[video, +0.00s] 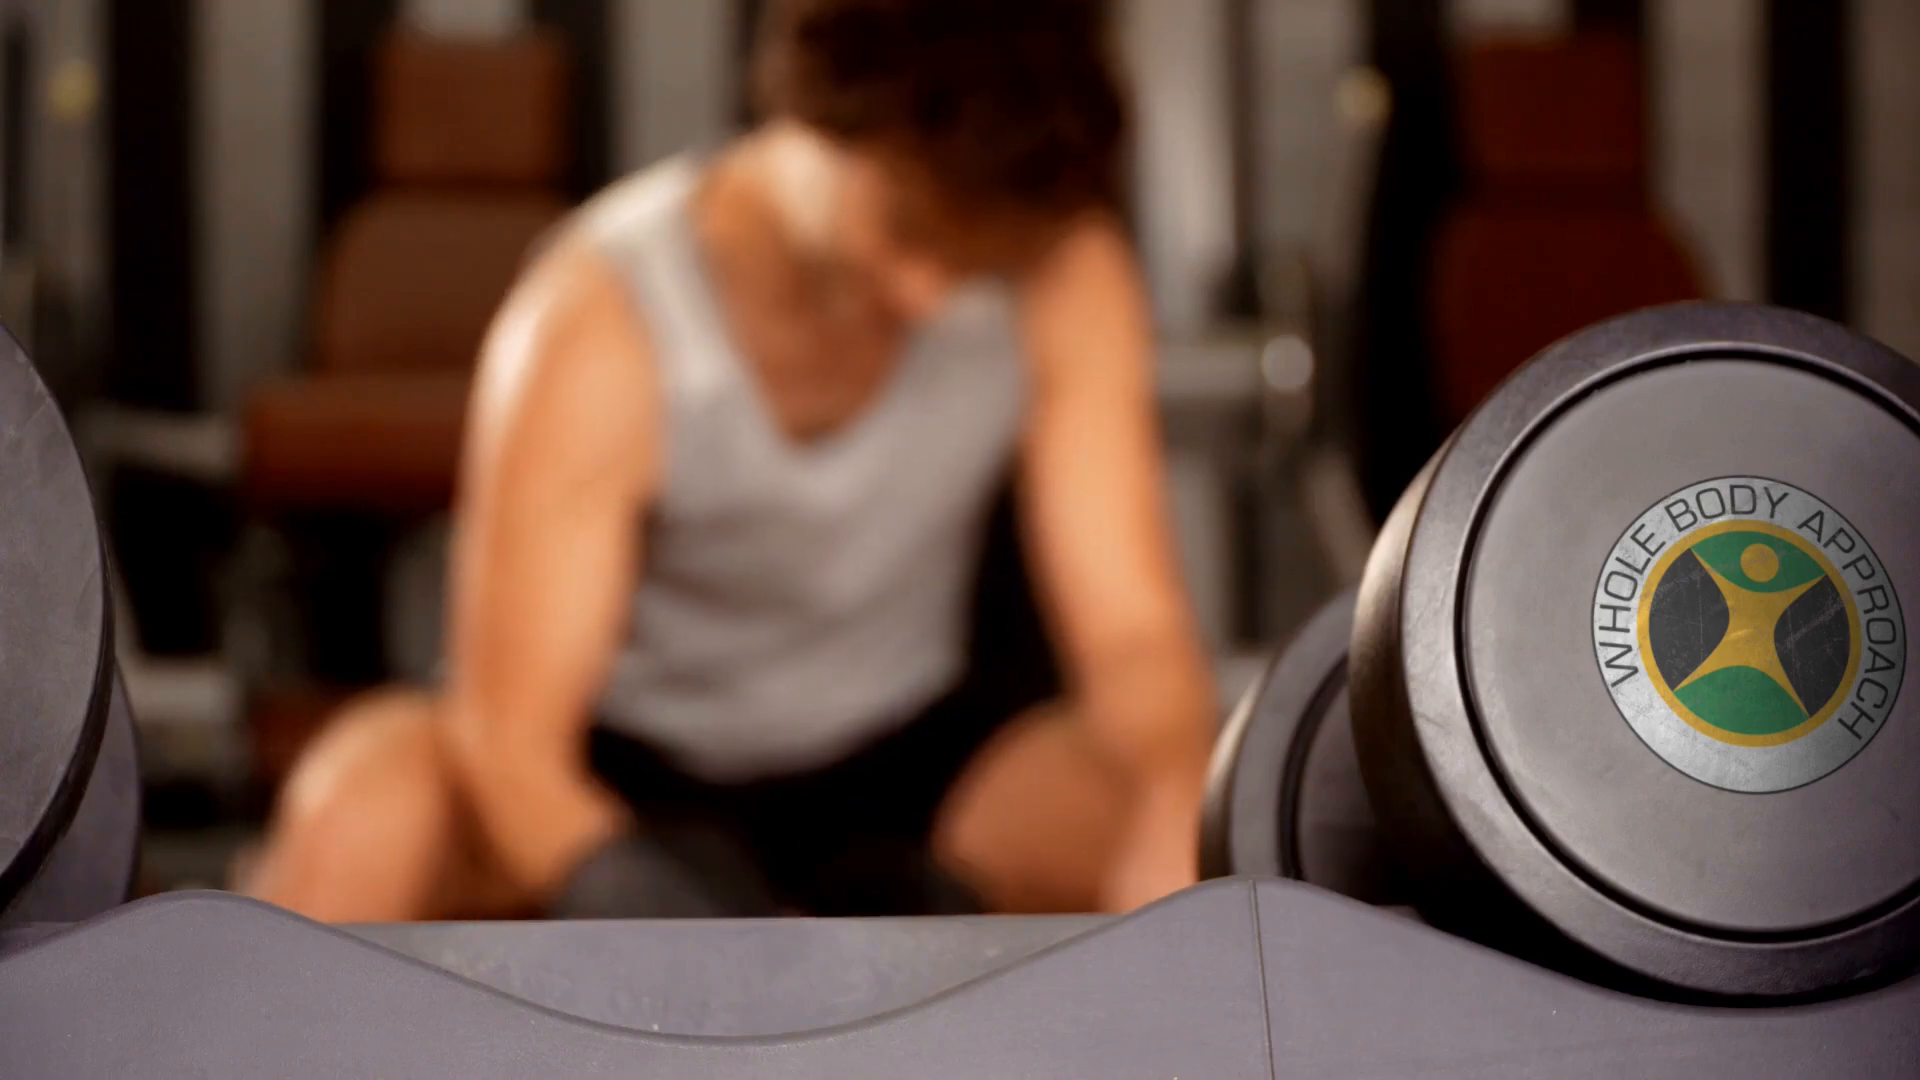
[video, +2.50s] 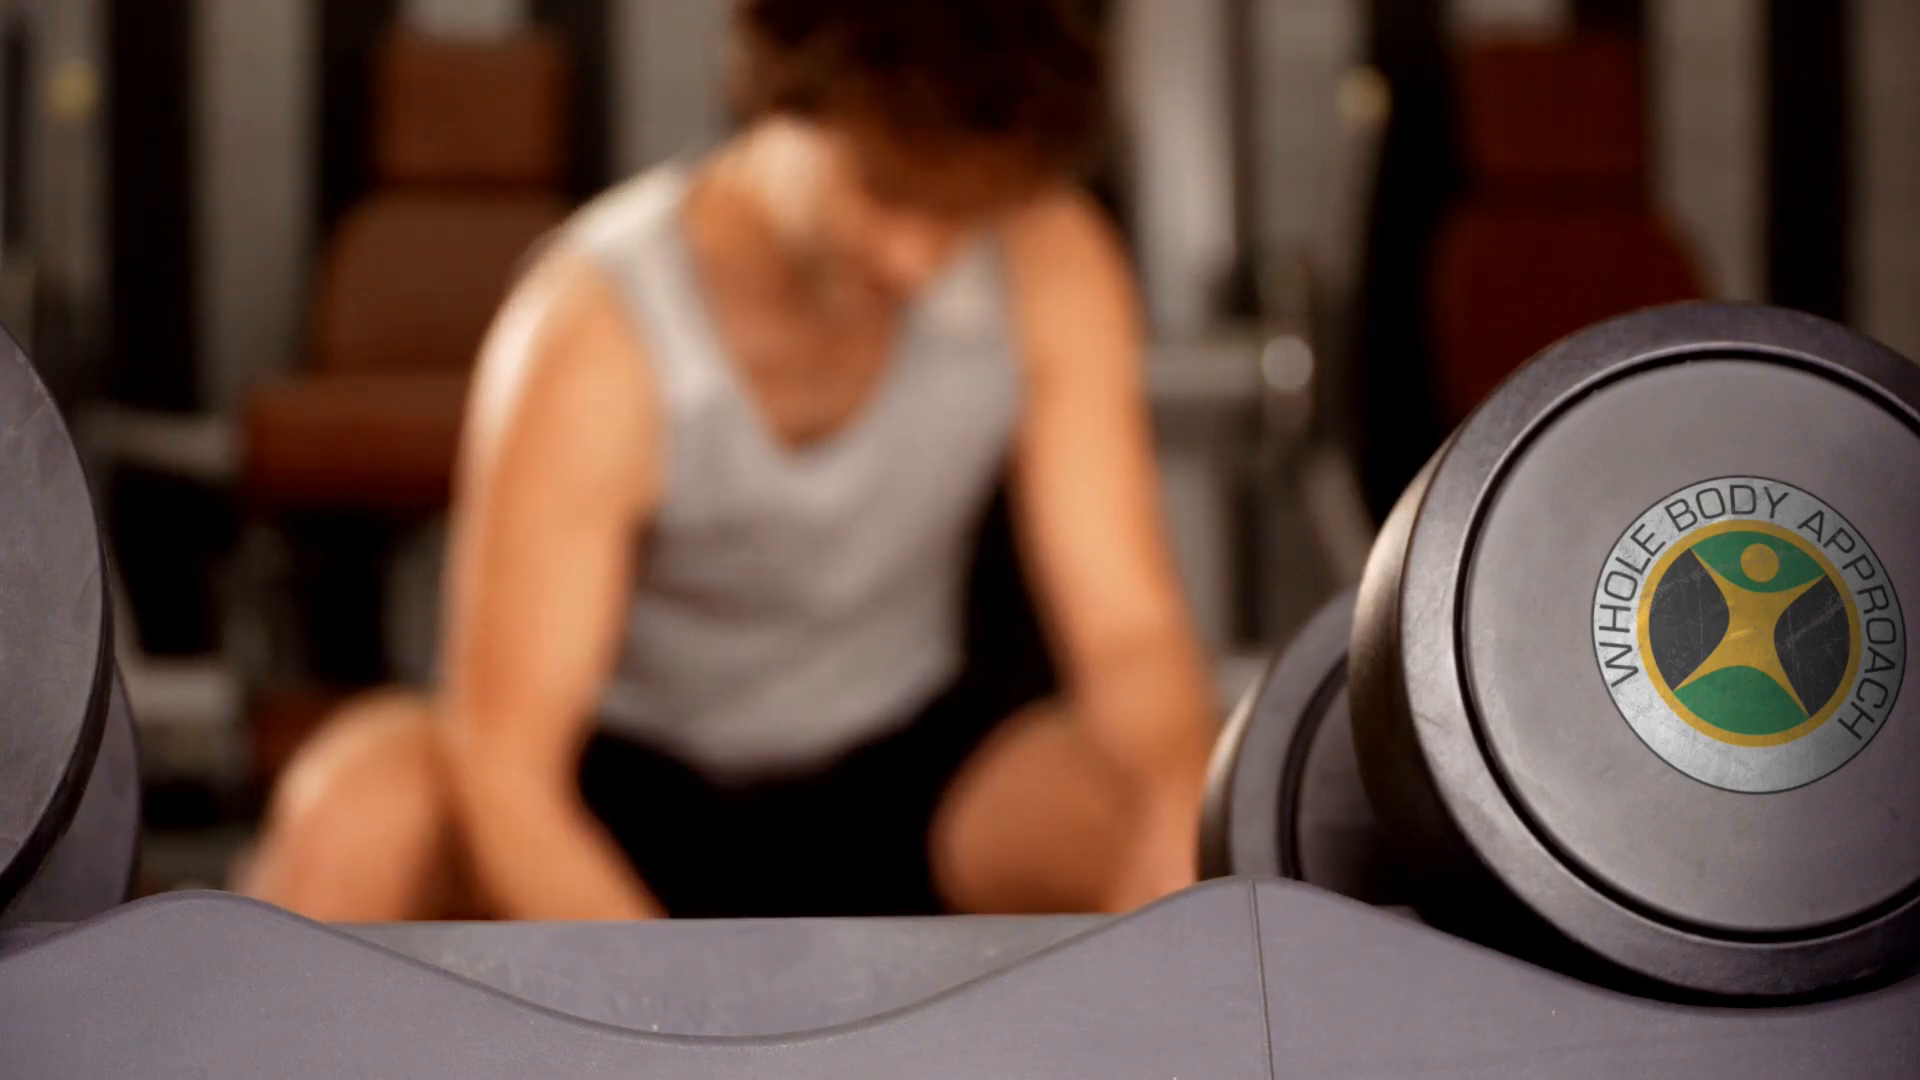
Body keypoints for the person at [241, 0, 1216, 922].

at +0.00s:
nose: (928, 299)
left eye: (978, 263)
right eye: (902, 242)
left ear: (1040, 219)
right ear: (821, 133)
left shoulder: (1057, 262)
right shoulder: (595, 314)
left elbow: (1131, 640)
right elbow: (513, 749)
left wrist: (1172, 841)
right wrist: (699, 947)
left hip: (905, 763)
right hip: (629, 776)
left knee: (1194, 813)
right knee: (365, 791)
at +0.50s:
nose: (873, 303)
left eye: (916, 266)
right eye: (851, 248)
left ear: (973, 213)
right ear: (760, 148)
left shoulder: (1007, 265)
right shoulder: (487, 320)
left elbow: (1119, 636)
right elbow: (506, 753)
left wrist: (1188, 872)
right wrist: (730, 686)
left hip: (902, 786)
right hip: (595, 799)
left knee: (1174, 814)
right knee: (349, 798)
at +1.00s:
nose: (887, 274)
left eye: (934, 236)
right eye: (861, 220)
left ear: (989, 182)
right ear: (773, 125)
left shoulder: (1023, 256)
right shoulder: (525, 315)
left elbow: (1122, 630)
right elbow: (516, 757)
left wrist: (1188, 819)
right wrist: (797, 732)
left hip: (887, 794)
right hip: (597, 804)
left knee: (1197, 804)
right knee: (360, 789)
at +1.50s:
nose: (924, 302)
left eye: (978, 258)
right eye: (896, 238)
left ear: (1034, 213)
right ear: (806, 139)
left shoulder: (1056, 269)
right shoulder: (596, 340)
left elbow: (1137, 643)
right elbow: (523, 809)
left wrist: (1215, 826)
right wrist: (596, 1064)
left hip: (902, 782)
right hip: (627, 794)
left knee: (1194, 816)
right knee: (365, 800)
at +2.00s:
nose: (920, 310)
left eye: (970, 264)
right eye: (890, 246)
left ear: (1023, 221)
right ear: (794, 153)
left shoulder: (1043, 266)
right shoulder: (591, 367)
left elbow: (1132, 642)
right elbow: (519, 834)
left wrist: (1202, 833)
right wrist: (533, 1077)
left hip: (901, 783)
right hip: (621, 800)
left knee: (1196, 813)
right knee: (354, 797)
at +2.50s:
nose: (919, 259)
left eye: (971, 212)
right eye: (887, 197)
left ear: (1015, 168)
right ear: (790, 107)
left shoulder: (1045, 253)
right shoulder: (594, 322)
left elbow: (1128, 639)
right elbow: (504, 773)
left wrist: (1182, 854)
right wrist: (688, 1018)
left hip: (899, 781)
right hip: (627, 792)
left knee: (1190, 812)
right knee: (357, 792)